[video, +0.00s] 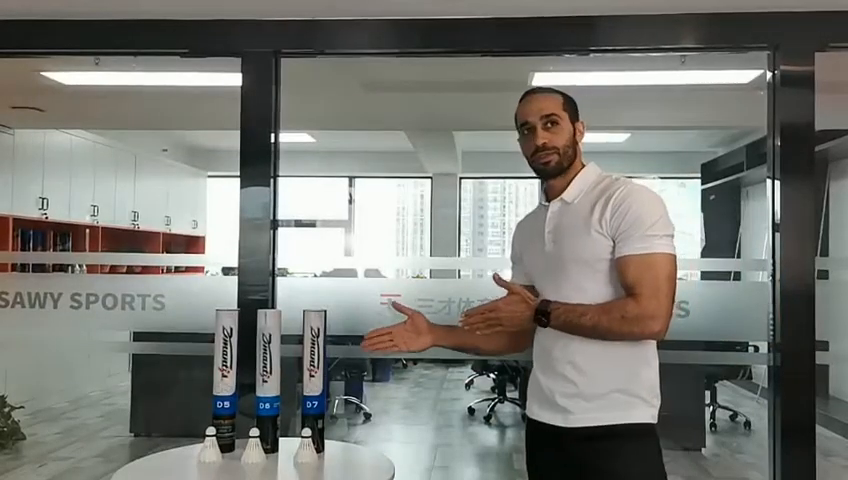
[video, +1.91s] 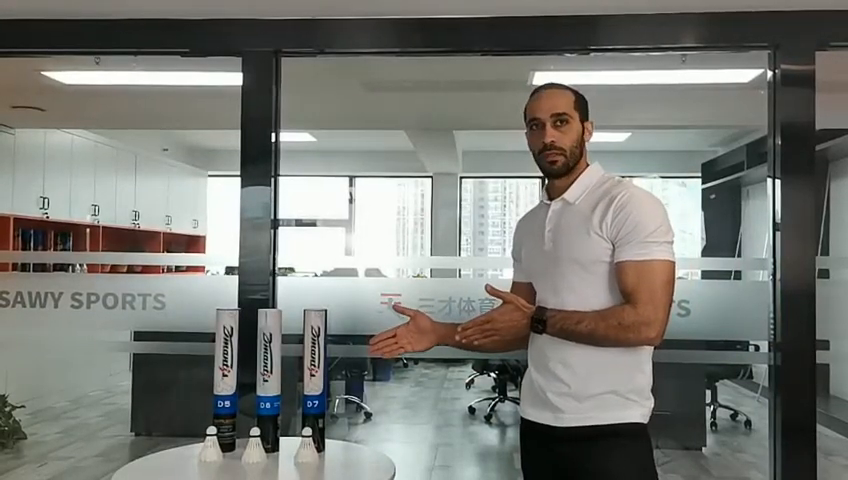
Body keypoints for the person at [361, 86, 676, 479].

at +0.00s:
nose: (538, 139)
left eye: (550, 124)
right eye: (527, 131)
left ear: (578, 131)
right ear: (520, 145)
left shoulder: (631, 202)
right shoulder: (527, 230)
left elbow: (650, 317)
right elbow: (522, 335)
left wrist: (539, 311)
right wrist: (436, 333)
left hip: (619, 425)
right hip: (545, 423)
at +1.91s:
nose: (547, 138)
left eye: (560, 123)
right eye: (536, 127)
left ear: (586, 130)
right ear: (527, 137)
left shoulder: (632, 206)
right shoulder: (529, 226)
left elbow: (647, 324)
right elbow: (521, 327)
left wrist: (536, 320)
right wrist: (440, 332)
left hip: (610, 427)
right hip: (540, 424)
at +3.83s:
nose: (490, 165)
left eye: (497, 147)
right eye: (486, 151)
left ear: (537, 133)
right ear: (536, 134)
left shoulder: (619, 203)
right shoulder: (517, 223)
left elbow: (654, 325)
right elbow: (520, 324)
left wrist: (538, 321)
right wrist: (441, 344)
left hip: (618, 430)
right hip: (544, 427)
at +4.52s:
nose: (493, 152)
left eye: (502, 136)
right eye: (493, 138)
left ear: (546, 131)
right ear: (540, 135)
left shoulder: (628, 195)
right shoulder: (530, 231)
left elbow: (685, 313)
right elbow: (490, 324)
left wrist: (566, 325)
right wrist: (397, 358)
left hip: (653, 442)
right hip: (569, 433)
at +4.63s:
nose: (469, 158)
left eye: (479, 143)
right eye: (469, 146)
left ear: (523, 140)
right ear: (513, 143)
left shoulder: (606, 201)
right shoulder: (504, 241)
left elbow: (668, 313)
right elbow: (446, 323)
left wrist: (548, 331)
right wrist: (343, 361)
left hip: (640, 444)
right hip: (555, 440)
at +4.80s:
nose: (426, 179)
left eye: (435, 163)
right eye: (425, 166)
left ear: (479, 159)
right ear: (463, 165)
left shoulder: (562, 213)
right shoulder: (458, 262)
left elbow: (634, 315)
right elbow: (377, 334)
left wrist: (521, 341)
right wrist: (280, 380)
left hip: (619, 449)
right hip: (534, 449)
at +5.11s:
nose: (411, 174)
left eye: (424, 159)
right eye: (400, 164)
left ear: (456, 168)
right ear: (394, 178)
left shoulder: (523, 215)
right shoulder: (412, 279)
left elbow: (612, 303)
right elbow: (335, 354)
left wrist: (509, 347)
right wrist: (246, 408)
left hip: (605, 439)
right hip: (520, 448)